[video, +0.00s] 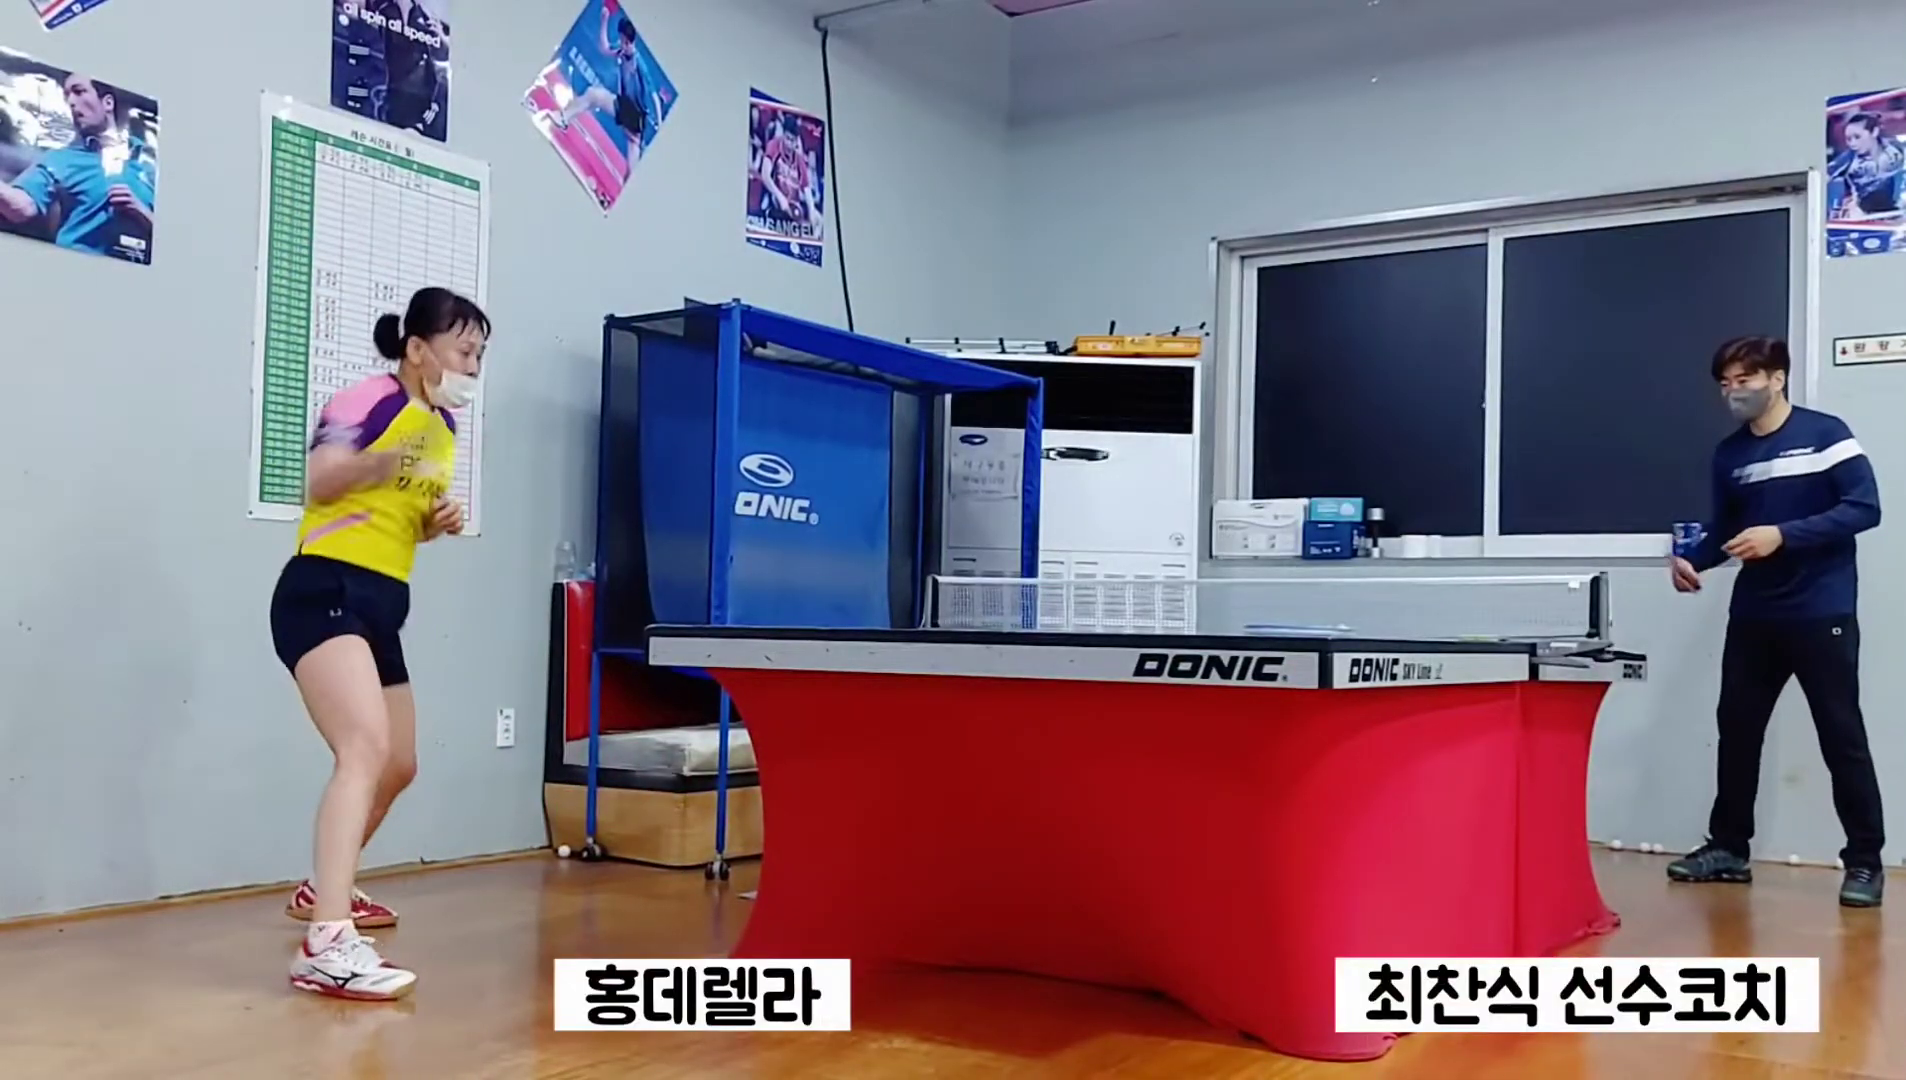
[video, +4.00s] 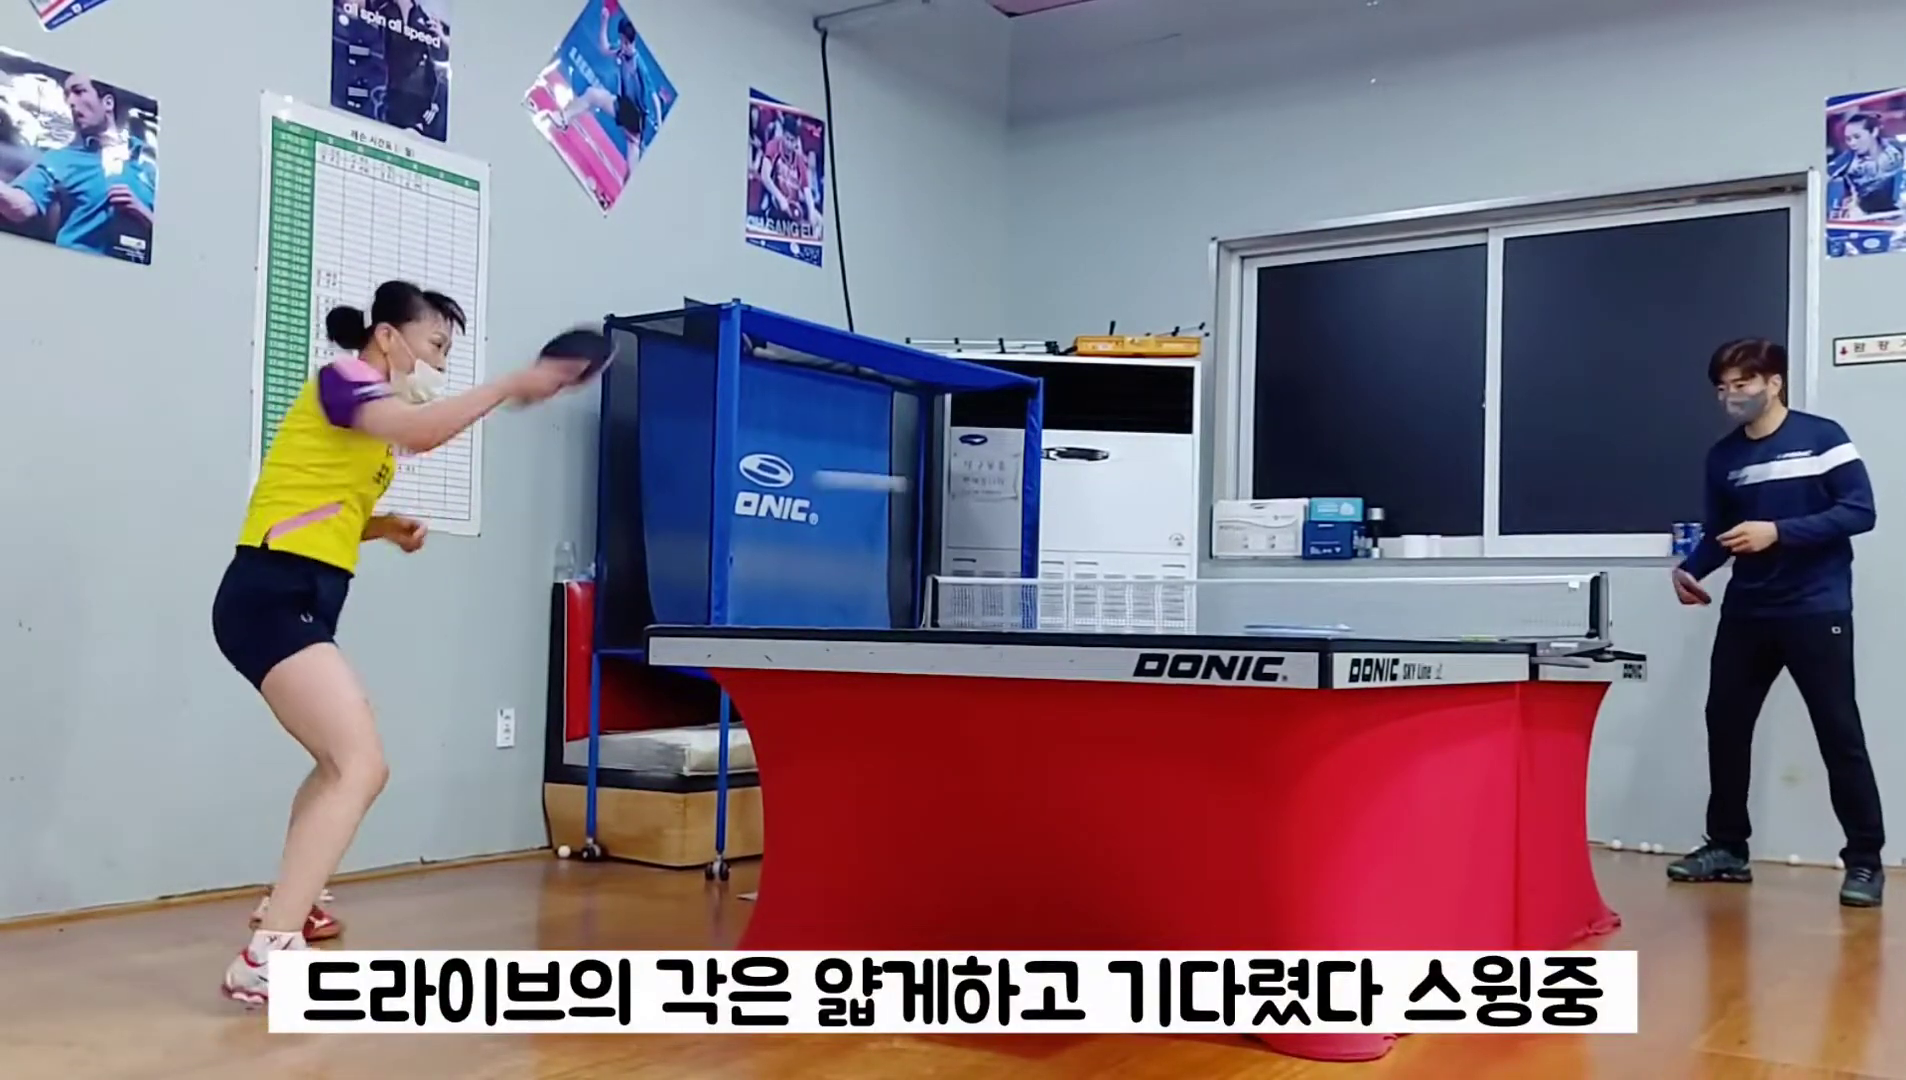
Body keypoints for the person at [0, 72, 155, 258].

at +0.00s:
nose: (71, 101)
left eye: (79, 91)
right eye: (67, 96)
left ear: (108, 103)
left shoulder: (149, 161)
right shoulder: (61, 159)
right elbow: (21, 207)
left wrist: (142, 213)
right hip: (75, 262)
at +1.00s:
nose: (70, 101)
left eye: (80, 91)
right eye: (67, 96)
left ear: (108, 103)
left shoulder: (149, 161)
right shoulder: (60, 159)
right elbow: (21, 207)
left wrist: (143, 212)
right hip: (75, 262)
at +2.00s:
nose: (70, 101)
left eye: (79, 91)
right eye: (67, 96)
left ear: (108, 102)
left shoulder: (150, 162)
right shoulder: (60, 159)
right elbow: (20, 208)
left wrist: (143, 213)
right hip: (74, 263)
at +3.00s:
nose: (71, 101)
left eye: (79, 91)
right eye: (67, 96)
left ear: (108, 102)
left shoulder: (150, 161)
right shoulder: (61, 159)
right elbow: (20, 208)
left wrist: (143, 212)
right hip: (74, 261)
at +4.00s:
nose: (70, 101)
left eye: (79, 91)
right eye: (67, 95)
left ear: (108, 103)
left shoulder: (149, 162)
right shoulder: (60, 159)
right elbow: (20, 207)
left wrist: (143, 212)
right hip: (75, 262)